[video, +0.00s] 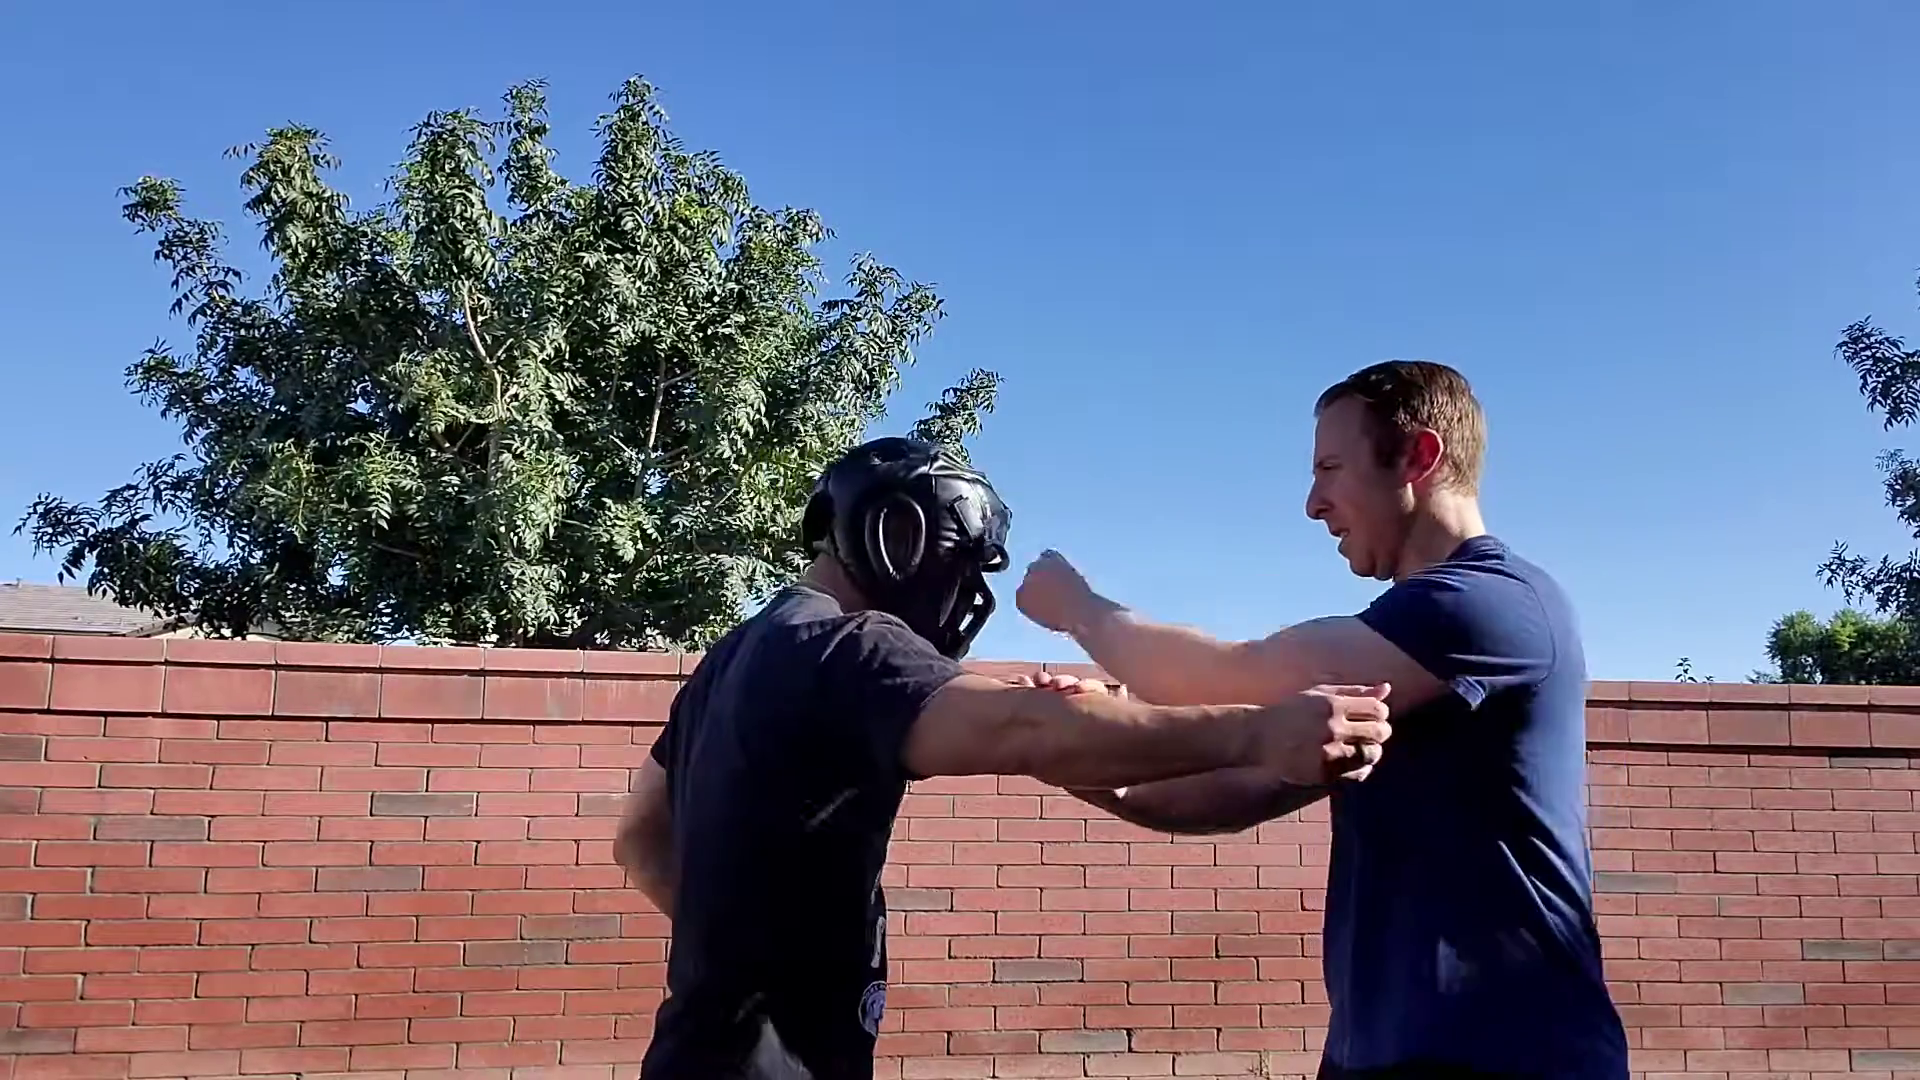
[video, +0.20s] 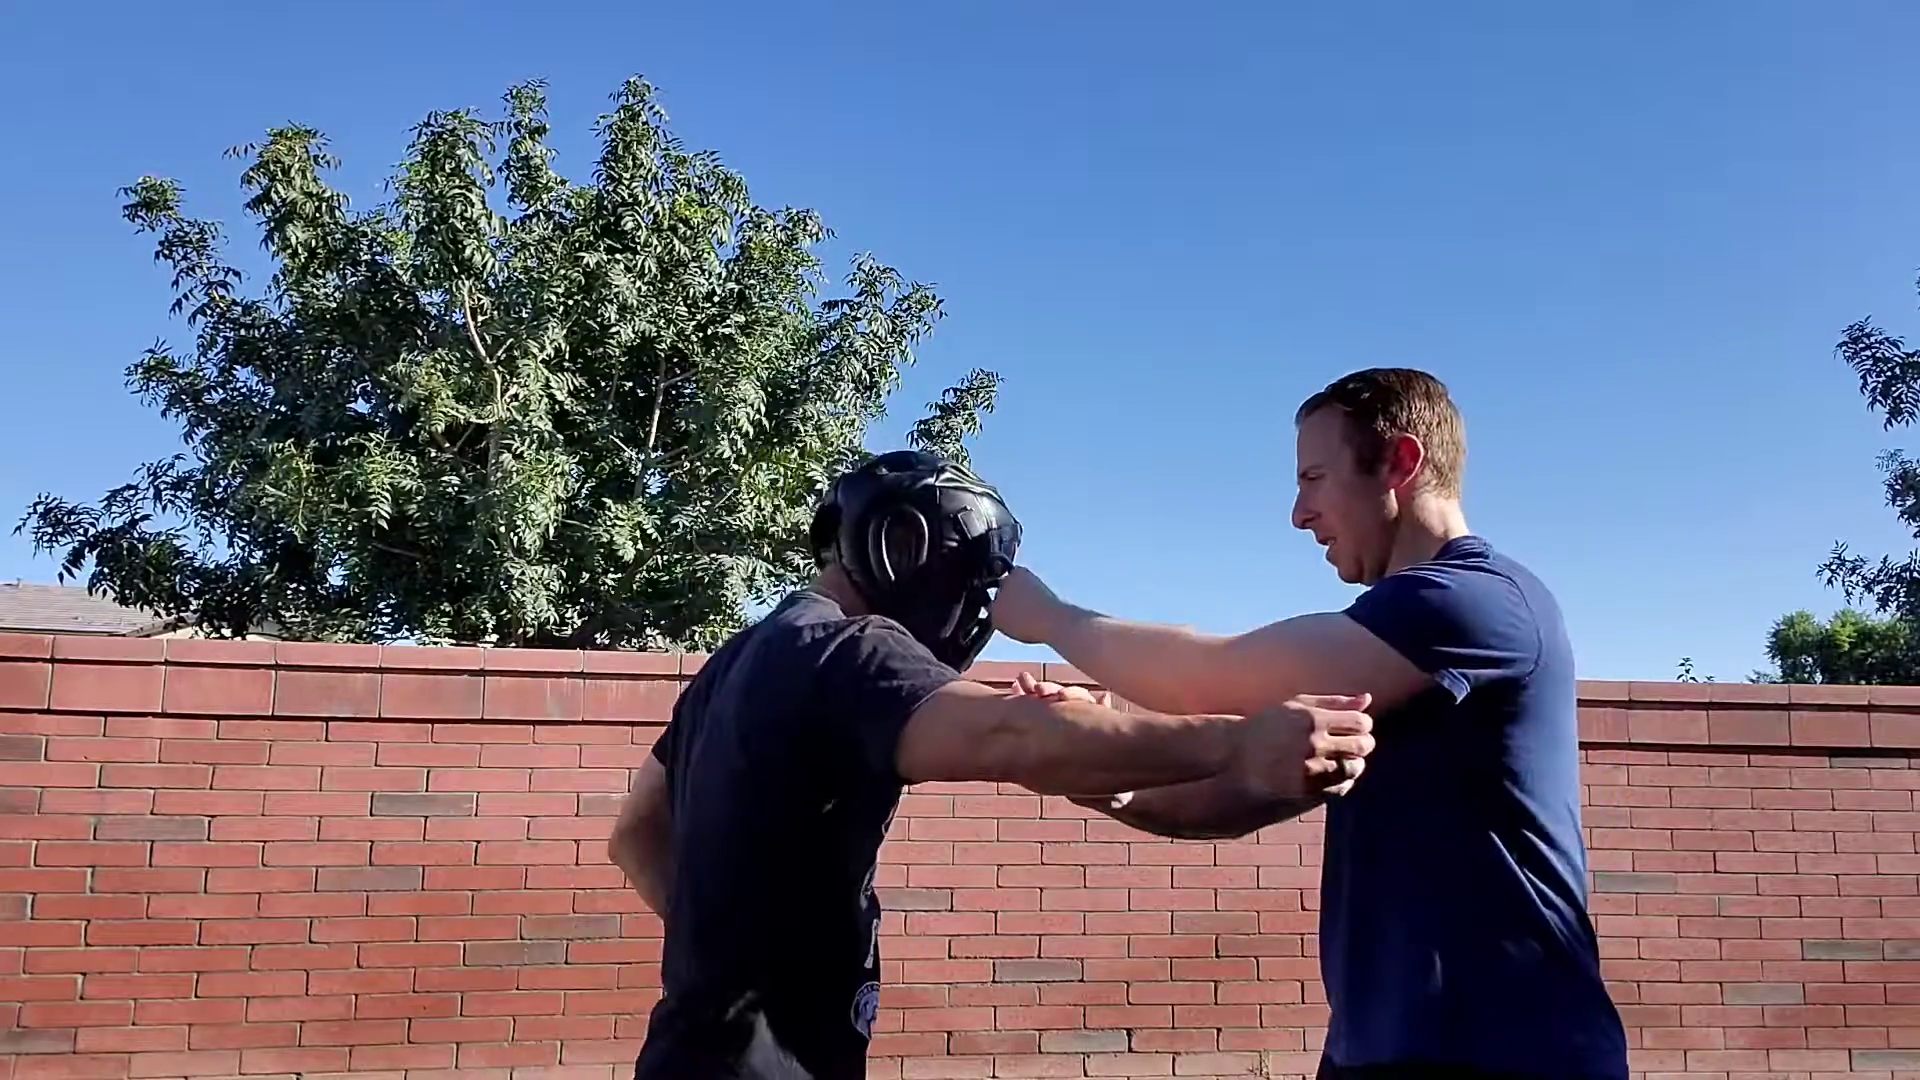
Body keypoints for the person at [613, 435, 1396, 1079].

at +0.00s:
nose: (965, 591)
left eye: (968, 566)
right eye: (956, 563)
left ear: (847, 536)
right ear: (903, 543)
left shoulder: (739, 651)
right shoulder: (848, 650)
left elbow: (638, 835)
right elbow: (1043, 727)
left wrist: (738, 930)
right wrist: (1254, 739)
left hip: (701, 1041)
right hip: (792, 1050)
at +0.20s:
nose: (980, 599)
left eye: (984, 571)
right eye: (969, 569)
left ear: (854, 549)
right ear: (911, 556)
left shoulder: (744, 655)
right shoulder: (849, 654)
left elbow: (636, 836)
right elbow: (1028, 740)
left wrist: (732, 944)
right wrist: (1238, 749)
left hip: (697, 1040)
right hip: (782, 1051)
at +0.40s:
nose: (921, 555)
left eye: (926, 532)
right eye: (909, 527)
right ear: (831, 513)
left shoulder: (858, 670)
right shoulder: (679, 655)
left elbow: (928, 764)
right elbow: (799, 835)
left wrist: (1030, 812)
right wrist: (1001, 789)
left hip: (832, 1048)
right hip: (686, 1054)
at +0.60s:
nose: (884, 553)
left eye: (894, 531)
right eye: (865, 525)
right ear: (767, 511)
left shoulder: (879, 671)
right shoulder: (608, 672)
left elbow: (1044, 695)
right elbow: (517, 892)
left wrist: (1175, 668)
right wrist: (712, 942)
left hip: (823, 1064)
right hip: (650, 1062)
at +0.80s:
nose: (893, 571)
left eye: (896, 547)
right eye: (875, 543)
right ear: (806, 532)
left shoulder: (854, 667)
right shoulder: (659, 669)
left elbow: (1032, 716)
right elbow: (735, 854)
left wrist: (1184, 676)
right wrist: (883, 703)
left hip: (820, 1053)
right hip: (669, 1058)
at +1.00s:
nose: (929, 542)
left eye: (927, 519)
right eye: (908, 518)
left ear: (800, 528)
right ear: (839, 523)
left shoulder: (754, 645)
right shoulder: (778, 640)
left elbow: (728, 905)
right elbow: (1010, 628)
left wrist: (878, 907)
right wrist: (1221, 553)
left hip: (749, 1051)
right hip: (729, 1059)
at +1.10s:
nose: (939, 549)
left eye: (939, 527)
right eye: (929, 525)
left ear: (801, 533)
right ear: (880, 531)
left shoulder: (718, 656)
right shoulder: (817, 649)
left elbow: (628, 824)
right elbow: (1018, 669)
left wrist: (719, 918)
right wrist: (1258, 651)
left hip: (677, 1048)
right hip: (766, 1056)